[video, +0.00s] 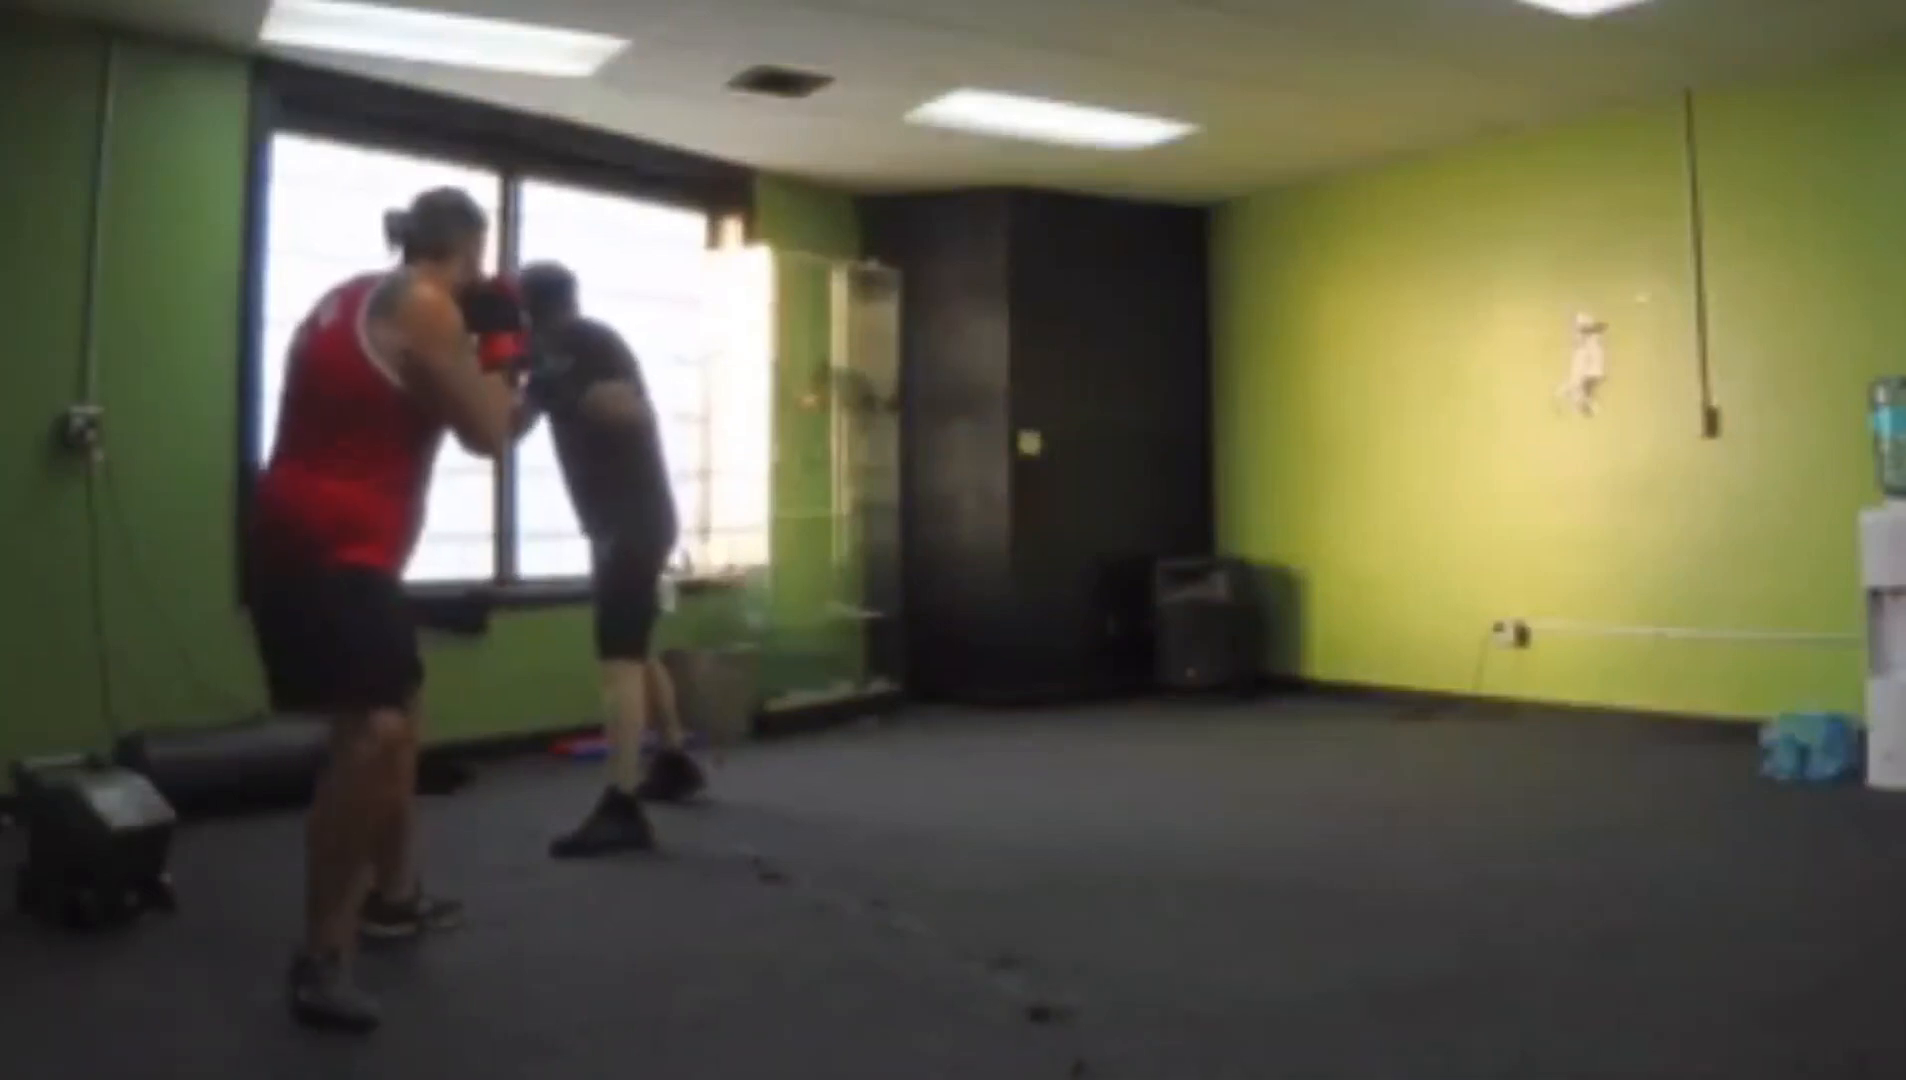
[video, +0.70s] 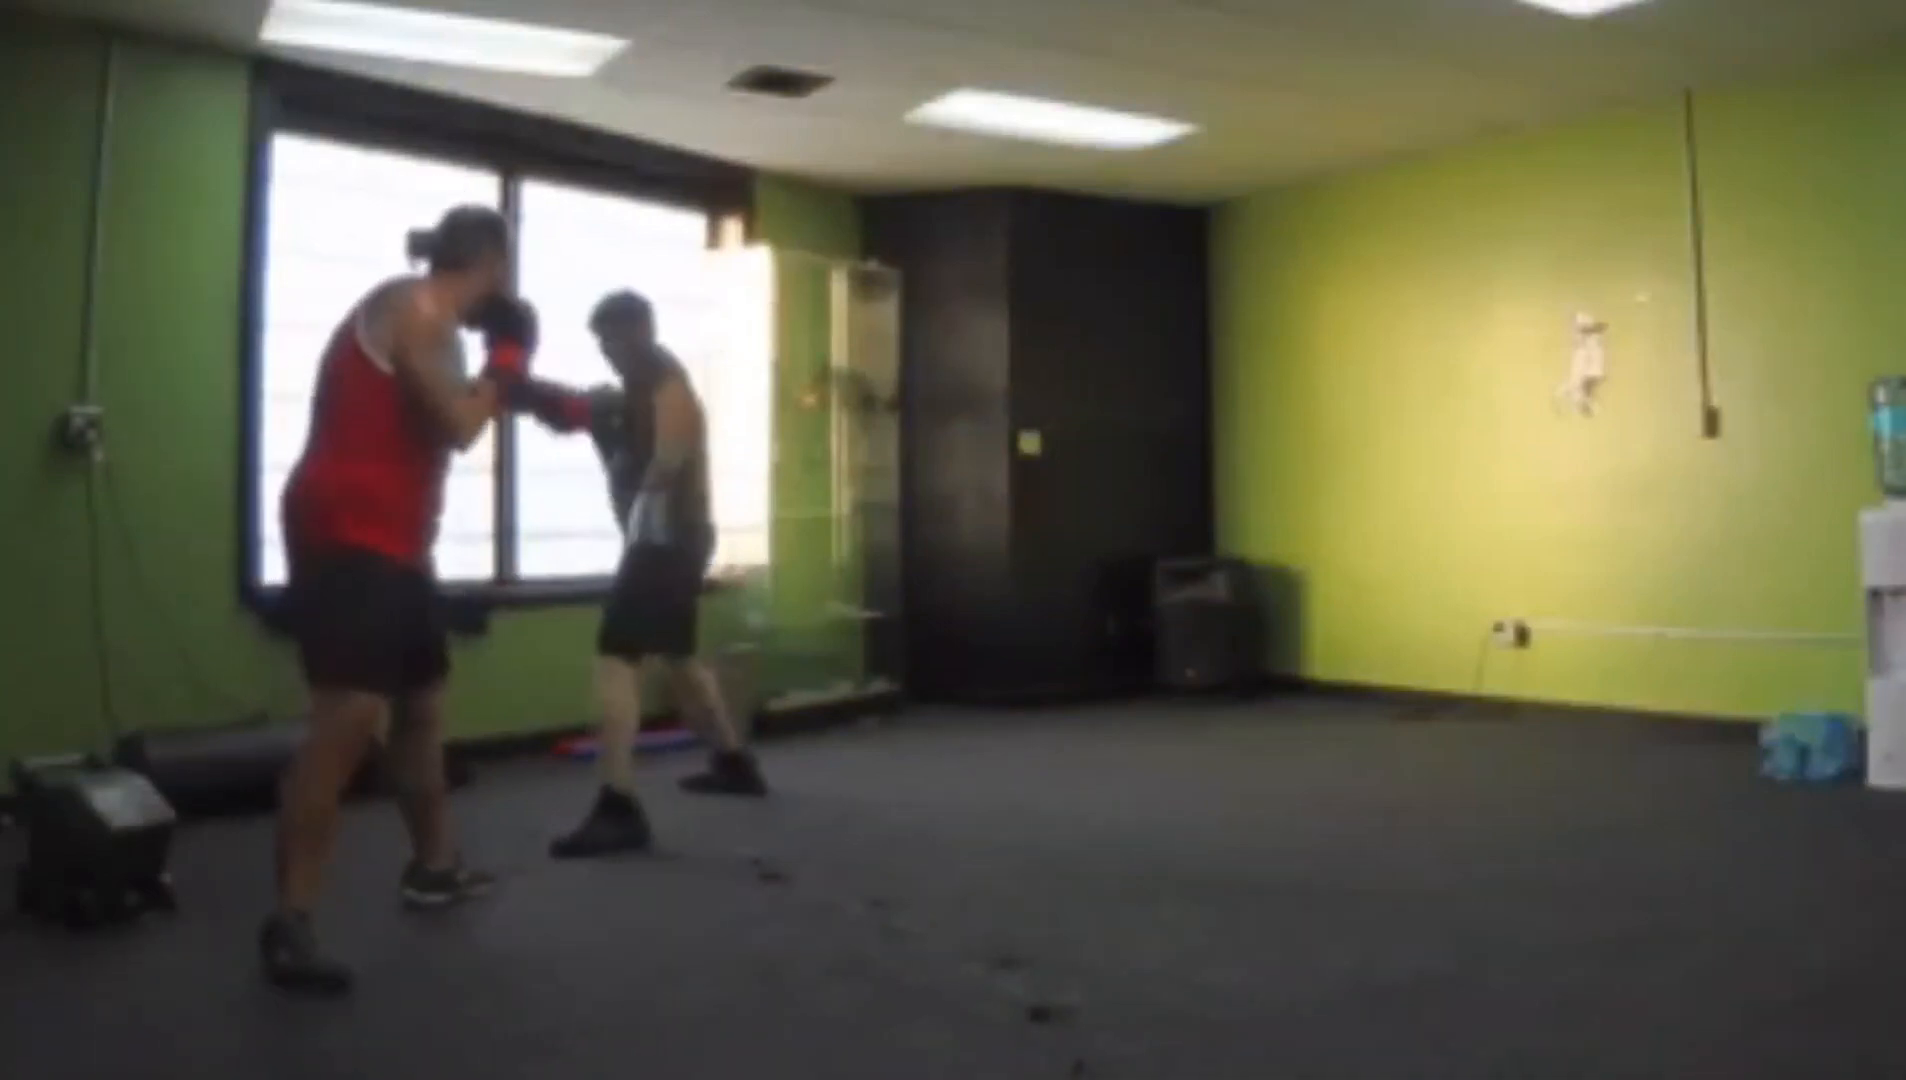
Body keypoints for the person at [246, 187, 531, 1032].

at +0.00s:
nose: (481, 274)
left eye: (480, 261)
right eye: (478, 259)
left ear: (408, 243)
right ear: (456, 253)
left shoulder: (351, 297)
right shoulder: (421, 305)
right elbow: (489, 428)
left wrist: (468, 331)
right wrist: (505, 356)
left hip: (294, 544)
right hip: (344, 554)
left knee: (394, 718)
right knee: (374, 734)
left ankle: (391, 894)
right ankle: (323, 960)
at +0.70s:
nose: (502, 289)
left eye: (503, 276)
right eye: (500, 274)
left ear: (448, 255)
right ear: (479, 265)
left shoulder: (415, 314)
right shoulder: (411, 307)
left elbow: (457, 404)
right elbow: (457, 423)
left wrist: (535, 399)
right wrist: (504, 369)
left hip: (389, 540)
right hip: (350, 535)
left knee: (420, 700)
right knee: (348, 718)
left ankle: (434, 862)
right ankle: (292, 918)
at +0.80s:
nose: (489, 284)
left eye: (492, 273)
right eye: (488, 270)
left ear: (430, 249)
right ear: (464, 259)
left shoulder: (404, 321)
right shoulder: (393, 305)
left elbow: (403, 434)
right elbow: (450, 415)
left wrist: (460, 471)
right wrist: (500, 352)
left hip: (386, 549)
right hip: (348, 546)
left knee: (410, 711)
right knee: (330, 728)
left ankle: (433, 863)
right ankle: (295, 922)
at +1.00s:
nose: (460, 271)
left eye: (461, 258)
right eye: (459, 256)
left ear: (396, 237)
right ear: (438, 245)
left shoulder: (335, 304)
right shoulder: (384, 308)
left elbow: (288, 406)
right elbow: (446, 421)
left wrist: (419, 469)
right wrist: (482, 347)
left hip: (306, 547)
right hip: (365, 553)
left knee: (298, 733)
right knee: (416, 691)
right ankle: (432, 849)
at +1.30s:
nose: (470, 263)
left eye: (467, 251)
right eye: (466, 250)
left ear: (402, 243)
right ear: (445, 244)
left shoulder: (346, 308)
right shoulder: (431, 307)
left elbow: (305, 421)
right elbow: (487, 408)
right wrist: (495, 339)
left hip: (326, 549)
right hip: (393, 554)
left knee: (315, 738)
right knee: (433, 713)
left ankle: (289, 924)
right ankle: (452, 876)